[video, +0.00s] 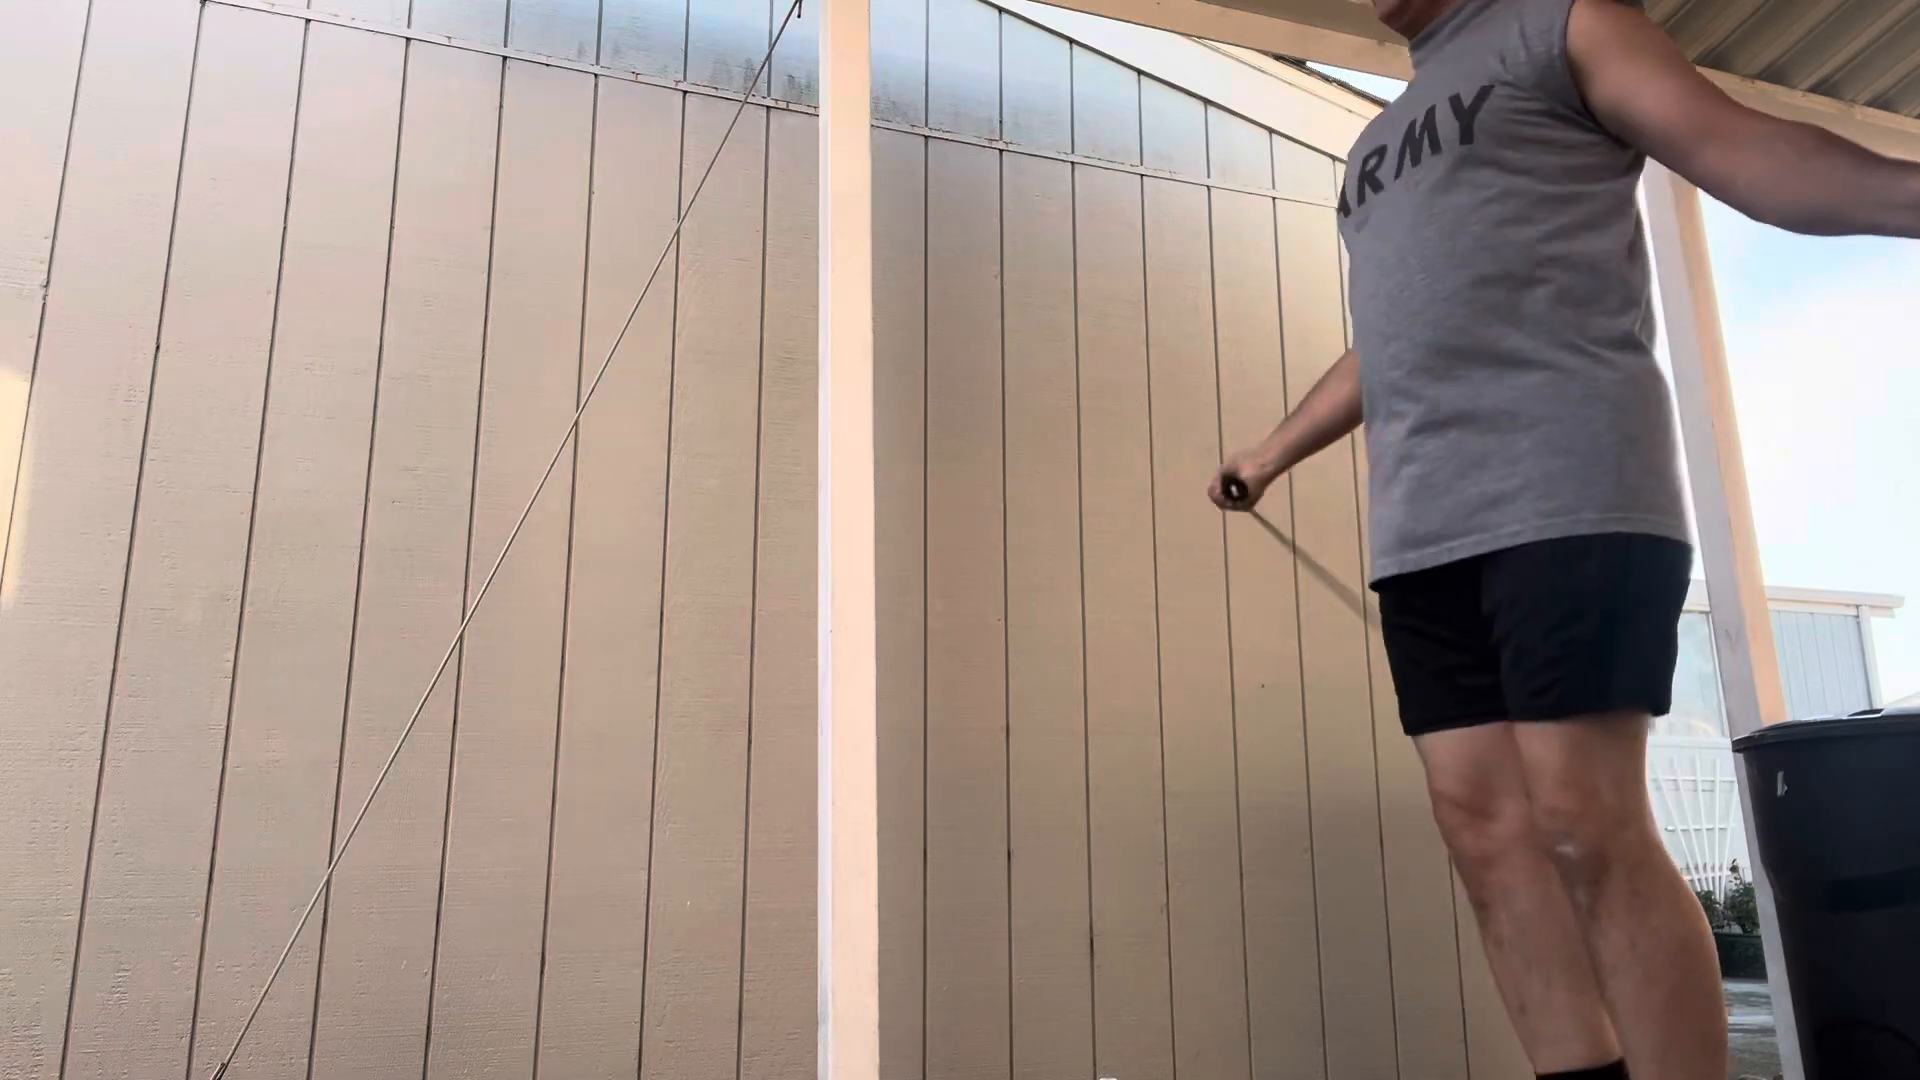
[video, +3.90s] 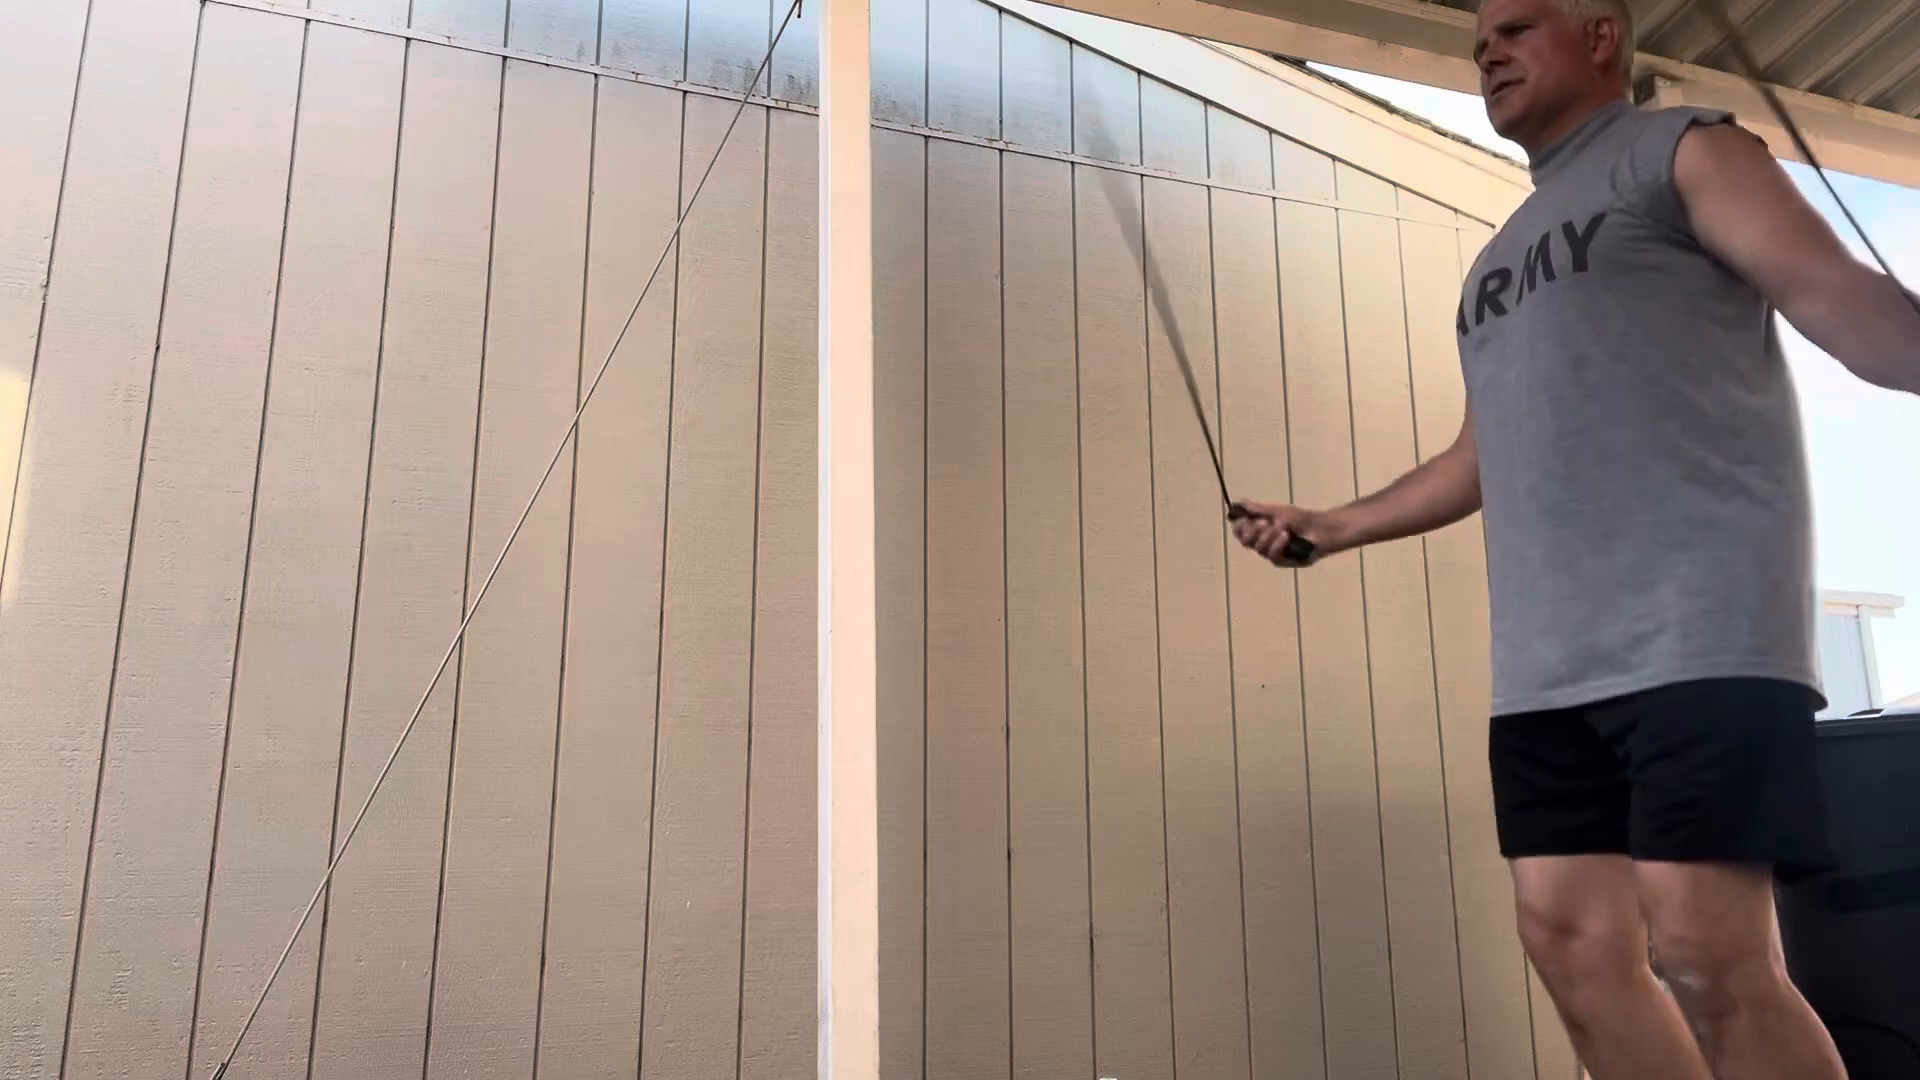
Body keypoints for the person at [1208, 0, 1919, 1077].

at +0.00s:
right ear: (1390, 1)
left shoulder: (1556, 24)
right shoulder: (1372, 148)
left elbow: (1728, 142)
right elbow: (1382, 349)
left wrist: (1904, 195)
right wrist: (1266, 456)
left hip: (1576, 484)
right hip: (1420, 519)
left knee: (1590, 821)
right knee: (1483, 831)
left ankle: (1682, 1065)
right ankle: (1586, 1065)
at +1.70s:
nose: (1448, 14)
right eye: (1441, 7)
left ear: (1564, 7)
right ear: (1444, 51)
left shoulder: (1640, 102)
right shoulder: (1445, 220)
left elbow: (1800, 231)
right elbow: (1449, 408)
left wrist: (1919, 273)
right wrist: (1291, 459)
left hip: (1647, 559)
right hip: (1487, 584)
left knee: (1666, 896)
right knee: (1539, 893)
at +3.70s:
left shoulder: (1672, 47)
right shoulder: (1475, 170)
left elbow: (1838, 172)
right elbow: (1486, 357)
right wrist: (1358, 458)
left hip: (1687, 504)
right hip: (1528, 539)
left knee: (1710, 837)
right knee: (1599, 837)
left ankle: (1799, 1066)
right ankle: (1694, 1071)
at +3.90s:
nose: (1488, 55)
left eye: (1515, 30)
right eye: (1480, 42)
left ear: (1600, 40)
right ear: (1483, 70)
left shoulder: (1685, 147)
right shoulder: (1494, 265)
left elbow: (1827, 286)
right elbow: (1481, 457)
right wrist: (1329, 526)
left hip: (1705, 623)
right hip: (1544, 648)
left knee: (1712, 948)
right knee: (1571, 940)